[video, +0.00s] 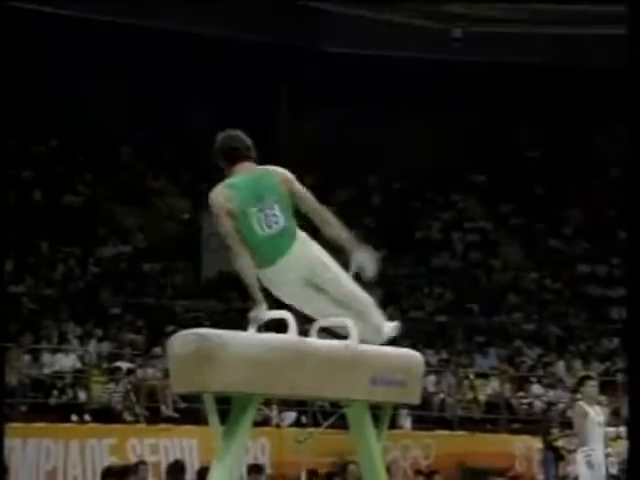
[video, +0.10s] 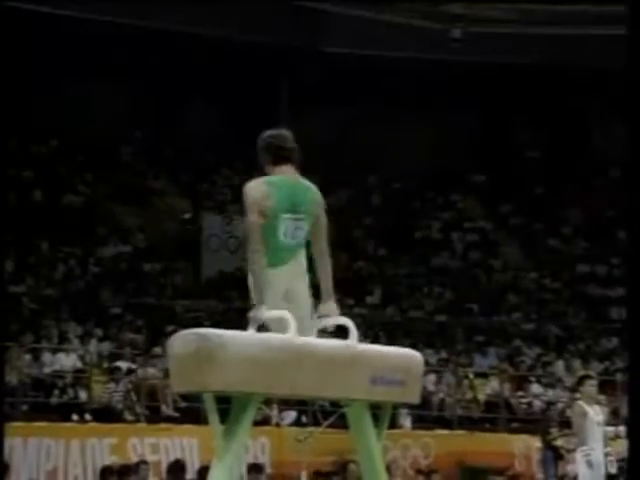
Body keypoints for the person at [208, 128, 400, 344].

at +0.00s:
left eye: (226, 159)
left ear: (223, 163)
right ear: (252, 153)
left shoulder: (220, 197)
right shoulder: (278, 174)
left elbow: (239, 252)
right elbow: (318, 214)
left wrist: (259, 303)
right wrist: (354, 248)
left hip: (275, 276)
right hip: (303, 251)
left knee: (323, 310)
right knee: (344, 287)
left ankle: (368, 337)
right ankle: (381, 328)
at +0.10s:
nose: (261, 160)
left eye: (263, 155)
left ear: (266, 157)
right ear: (294, 155)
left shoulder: (256, 189)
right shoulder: (313, 193)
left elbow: (255, 248)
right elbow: (321, 250)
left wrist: (257, 302)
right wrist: (328, 299)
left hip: (266, 271)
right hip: (298, 267)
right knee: (304, 336)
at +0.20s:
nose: (301, 169)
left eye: (302, 163)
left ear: (307, 164)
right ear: (332, 164)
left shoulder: (294, 192)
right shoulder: (345, 202)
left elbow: (277, 247)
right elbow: (337, 259)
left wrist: (264, 303)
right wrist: (332, 309)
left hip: (274, 270)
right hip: (299, 276)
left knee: (224, 327)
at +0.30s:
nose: (317, 174)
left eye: (318, 169)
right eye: (320, 169)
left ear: (323, 168)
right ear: (349, 171)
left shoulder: (314, 195)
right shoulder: (362, 211)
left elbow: (292, 245)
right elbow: (346, 265)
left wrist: (271, 287)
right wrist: (333, 311)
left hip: (279, 264)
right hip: (301, 281)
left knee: (209, 299)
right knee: (219, 315)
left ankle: (143, 342)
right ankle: (154, 348)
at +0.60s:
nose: (252, 210)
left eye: (251, 204)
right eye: (250, 206)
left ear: (254, 193)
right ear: (270, 184)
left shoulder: (264, 197)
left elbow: (274, 242)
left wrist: (274, 292)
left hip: (320, 215)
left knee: (345, 261)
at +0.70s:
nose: (229, 211)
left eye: (227, 205)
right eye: (228, 206)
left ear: (230, 197)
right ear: (250, 188)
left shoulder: (242, 204)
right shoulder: (277, 201)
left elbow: (263, 256)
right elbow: (309, 261)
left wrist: (279, 299)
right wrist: (331, 308)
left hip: (320, 222)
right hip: (332, 219)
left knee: (387, 269)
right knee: (393, 264)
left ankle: (457, 318)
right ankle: (457, 308)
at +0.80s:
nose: (219, 190)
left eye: (217, 185)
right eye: (218, 184)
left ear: (221, 180)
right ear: (243, 169)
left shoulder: (232, 200)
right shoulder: (268, 182)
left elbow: (259, 251)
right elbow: (307, 233)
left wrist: (281, 299)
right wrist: (330, 294)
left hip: (318, 247)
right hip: (334, 225)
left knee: (391, 286)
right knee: (398, 261)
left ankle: (469, 314)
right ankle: (473, 301)